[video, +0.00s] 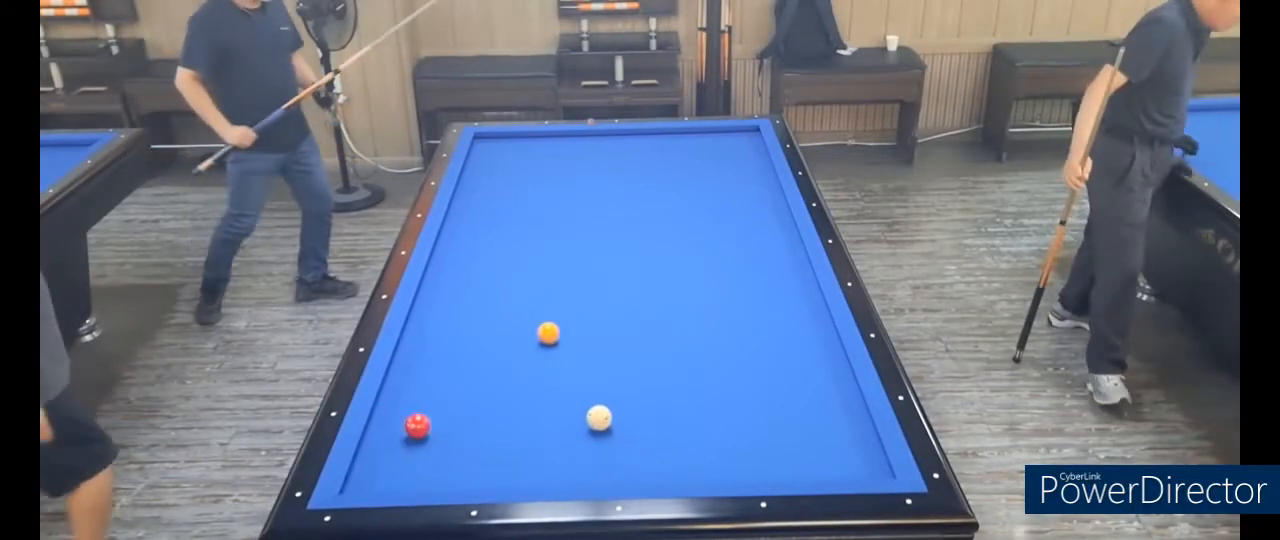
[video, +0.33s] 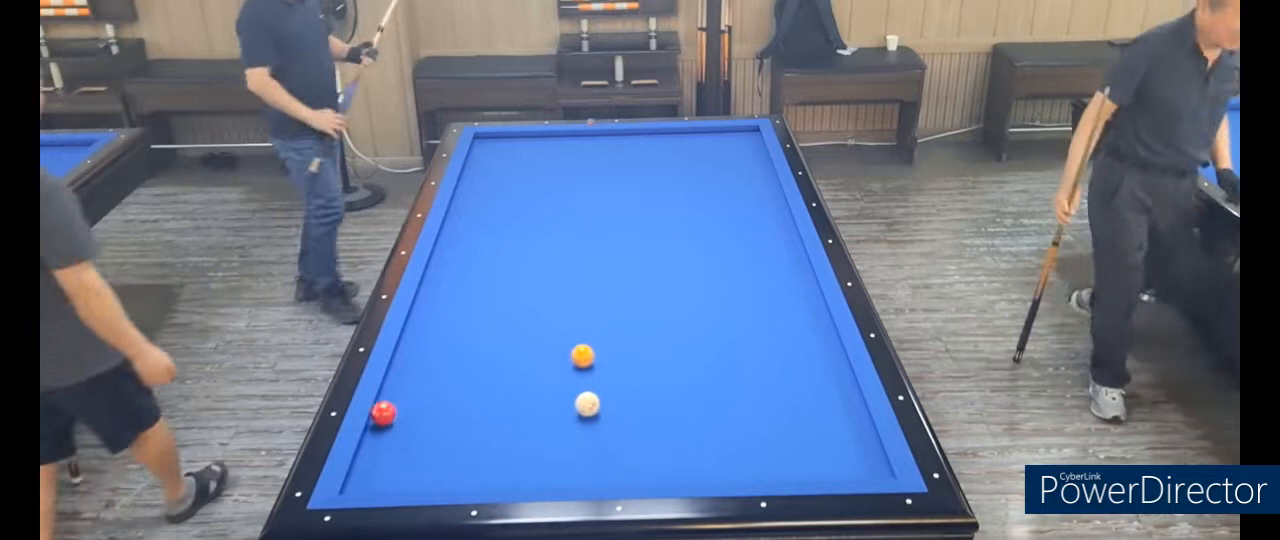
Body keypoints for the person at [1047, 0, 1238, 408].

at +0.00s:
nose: (1237, 15)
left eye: (1238, 8)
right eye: (1236, 6)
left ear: (1217, 4)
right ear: (1215, 1)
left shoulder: (1194, 28)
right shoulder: (1163, 26)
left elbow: (1154, 91)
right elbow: (1099, 87)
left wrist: (1164, 140)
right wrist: (1076, 156)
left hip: (1150, 155)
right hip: (1123, 155)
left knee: (1105, 237)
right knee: (1122, 266)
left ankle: (1071, 306)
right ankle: (1104, 367)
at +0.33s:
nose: (1240, 31)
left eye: (1242, 22)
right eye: (1235, 20)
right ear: (1205, 10)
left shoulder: (1229, 61)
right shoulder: (1151, 49)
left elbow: (1217, 118)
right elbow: (1096, 112)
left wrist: (1226, 174)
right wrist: (1066, 185)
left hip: (1179, 187)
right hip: (1124, 180)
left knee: (1172, 274)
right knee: (1121, 282)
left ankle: (1101, 299)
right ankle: (1107, 380)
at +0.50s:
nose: (1237, 49)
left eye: (1241, 41)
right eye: (1233, 38)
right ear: (1207, 19)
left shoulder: (1235, 71)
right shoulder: (1148, 56)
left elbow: (1233, 136)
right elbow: (1102, 125)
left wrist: (1235, 183)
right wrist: (1076, 196)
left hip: (1200, 201)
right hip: (1134, 194)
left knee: (1188, 303)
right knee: (1113, 293)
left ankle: (1136, 355)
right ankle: (1106, 379)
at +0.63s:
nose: (1243, 57)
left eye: (1245, 47)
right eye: (1240, 45)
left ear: (1228, 34)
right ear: (1219, 31)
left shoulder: (1236, 86)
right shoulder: (1160, 76)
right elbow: (1110, 146)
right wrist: (1088, 216)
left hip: (1216, 222)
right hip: (1147, 214)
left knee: (1203, 332)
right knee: (1119, 302)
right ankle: (1107, 379)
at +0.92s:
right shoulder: (1212, 96)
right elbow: (1166, 169)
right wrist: (1142, 245)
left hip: (1236, 263)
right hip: (1200, 254)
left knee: (1228, 391)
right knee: (1159, 350)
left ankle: (1209, 488)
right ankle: (1117, 392)